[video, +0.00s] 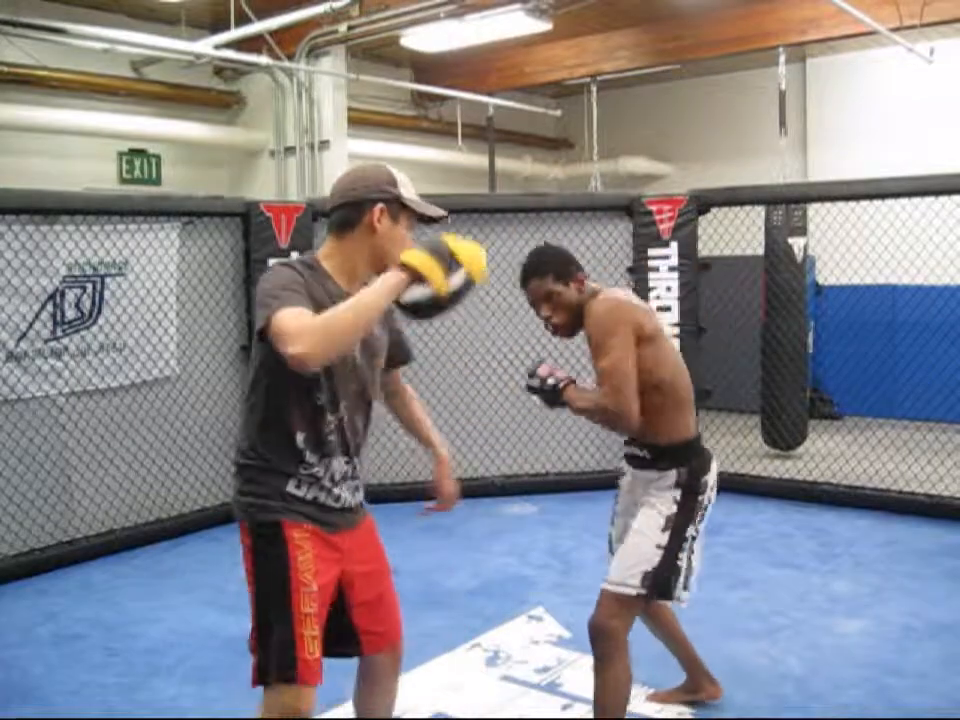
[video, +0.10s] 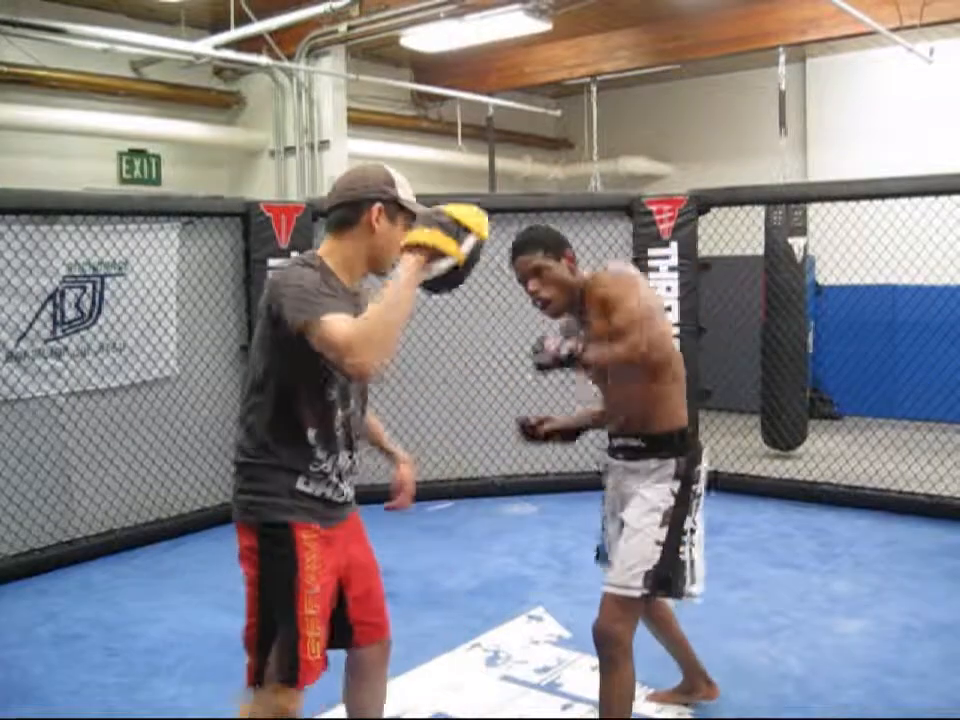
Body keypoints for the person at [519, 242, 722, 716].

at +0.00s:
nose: (544, 315)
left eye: (548, 301)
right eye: (536, 307)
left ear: (577, 282)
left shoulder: (609, 311)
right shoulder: (599, 310)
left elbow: (626, 416)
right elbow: (621, 400)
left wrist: (569, 396)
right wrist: (570, 389)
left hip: (676, 475)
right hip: (641, 469)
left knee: (607, 627)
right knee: (636, 588)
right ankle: (700, 680)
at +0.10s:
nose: (532, 291)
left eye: (537, 276)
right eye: (523, 282)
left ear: (569, 261)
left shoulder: (616, 283)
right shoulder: (579, 320)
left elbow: (649, 351)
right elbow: (626, 404)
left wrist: (575, 353)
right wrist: (569, 426)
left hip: (665, 465)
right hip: (623, 462)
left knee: (611, 634)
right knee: (638, 590)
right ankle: (697, 679)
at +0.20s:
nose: (532, 272)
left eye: (538, 256)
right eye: (523, 263)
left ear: (570, 243)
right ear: (521, 267)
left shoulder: (625, 259)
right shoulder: (548, 321)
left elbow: (694, 303)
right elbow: (570, 419)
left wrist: (599, 308)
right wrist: (517, 405)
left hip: (660, 455)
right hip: (614, 456)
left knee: (611, 634)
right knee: (639, 587)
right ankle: (694, 683)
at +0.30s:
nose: (526, 271)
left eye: (530, 254)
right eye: (516, 262)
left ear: (564, 237)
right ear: (517, 267)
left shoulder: (626, 258)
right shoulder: (548, 309)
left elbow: (691, 320)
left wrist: (602, 307)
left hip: (655, 455)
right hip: (609, 455)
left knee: (610, 633)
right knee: (640, 598)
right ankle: (682, 692)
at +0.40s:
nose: (520, 277)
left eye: (526, 263)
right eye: (514, 266)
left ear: (561, 245)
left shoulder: (628, 273)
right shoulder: (552, 302)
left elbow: (683, 350)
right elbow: (570, 398)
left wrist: (597, 326)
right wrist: (530, 376)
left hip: (645, 460)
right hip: (600, 456)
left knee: (591, 633)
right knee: (628, 600)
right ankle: (668, 702)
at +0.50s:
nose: (514, 294)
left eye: (520, 281)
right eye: (509, 282)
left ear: (558, 267)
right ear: (556, 267)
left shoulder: (623, 307)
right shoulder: (569, 309)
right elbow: (582, 399)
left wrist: (561, 354)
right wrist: (541, 365)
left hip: (633, 481)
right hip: (596, 470)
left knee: (568, 641)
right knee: (611, 601)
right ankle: (667, 703)